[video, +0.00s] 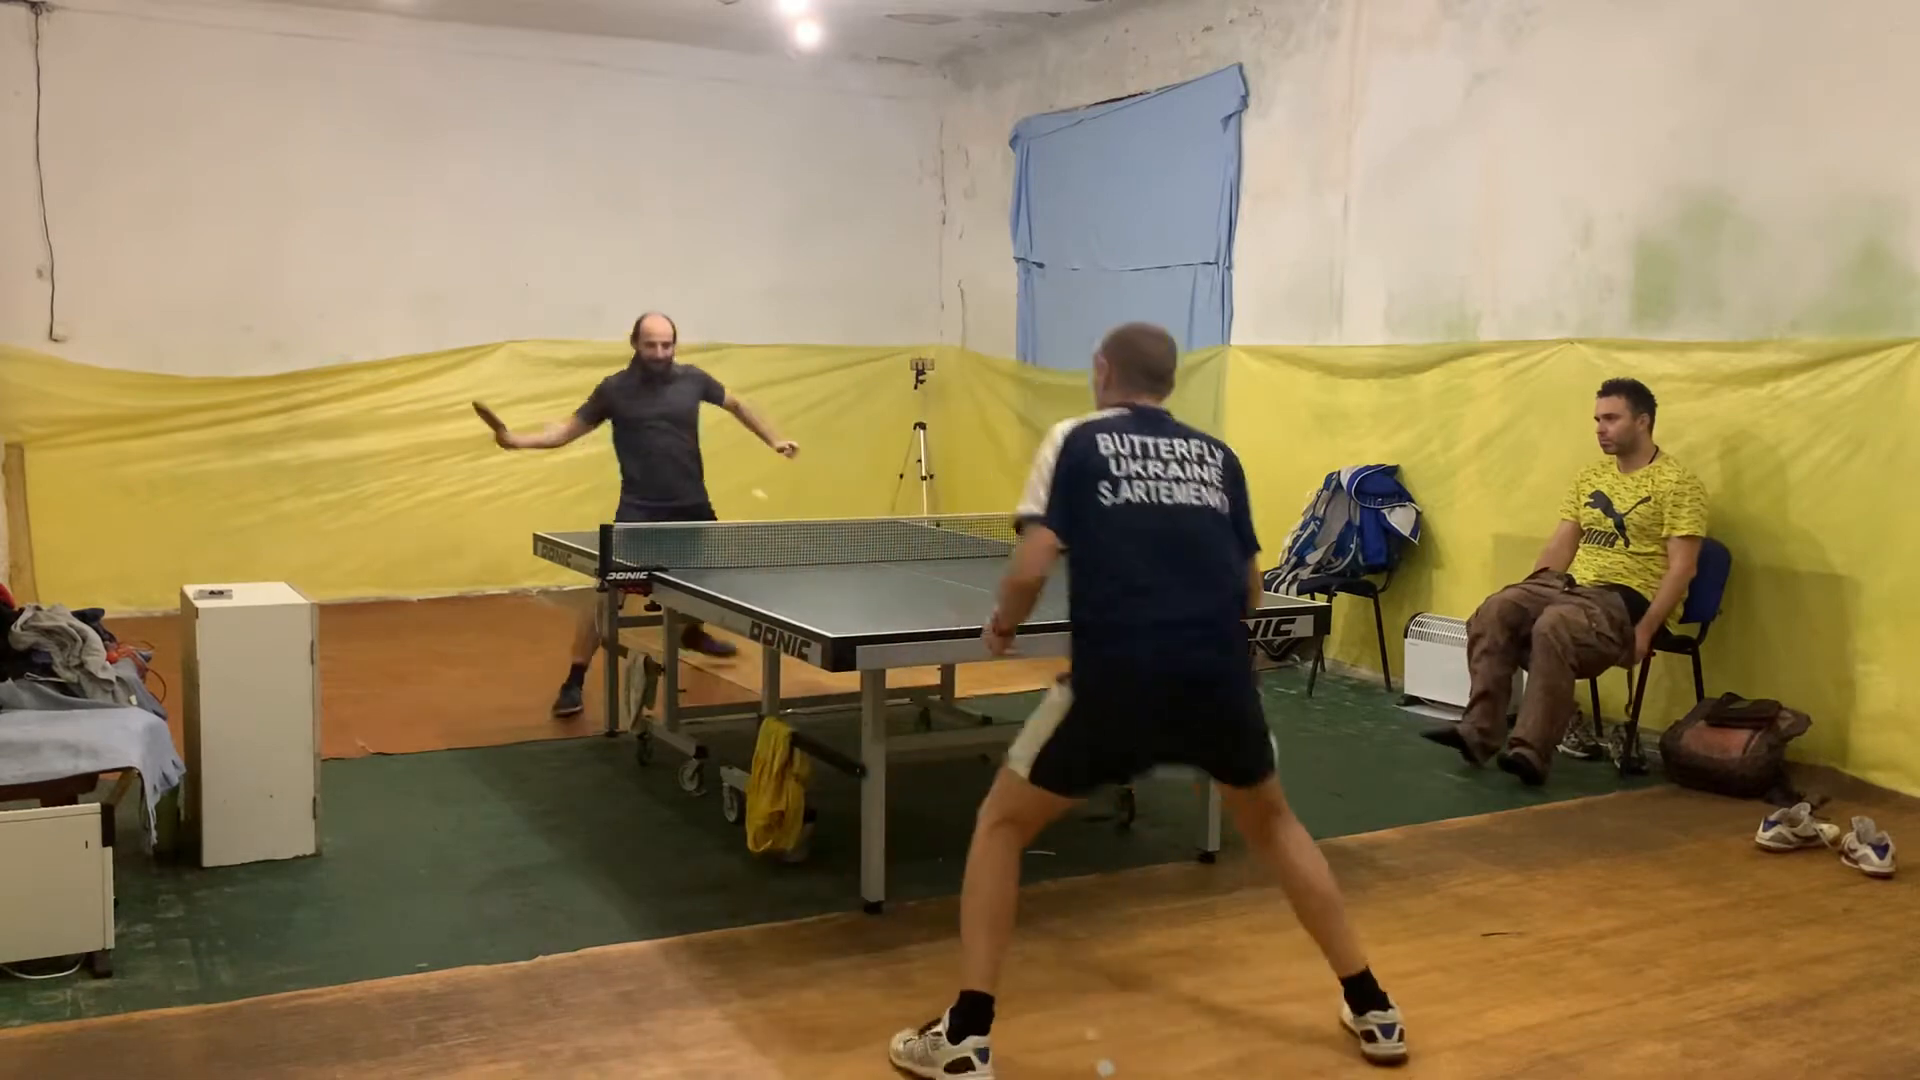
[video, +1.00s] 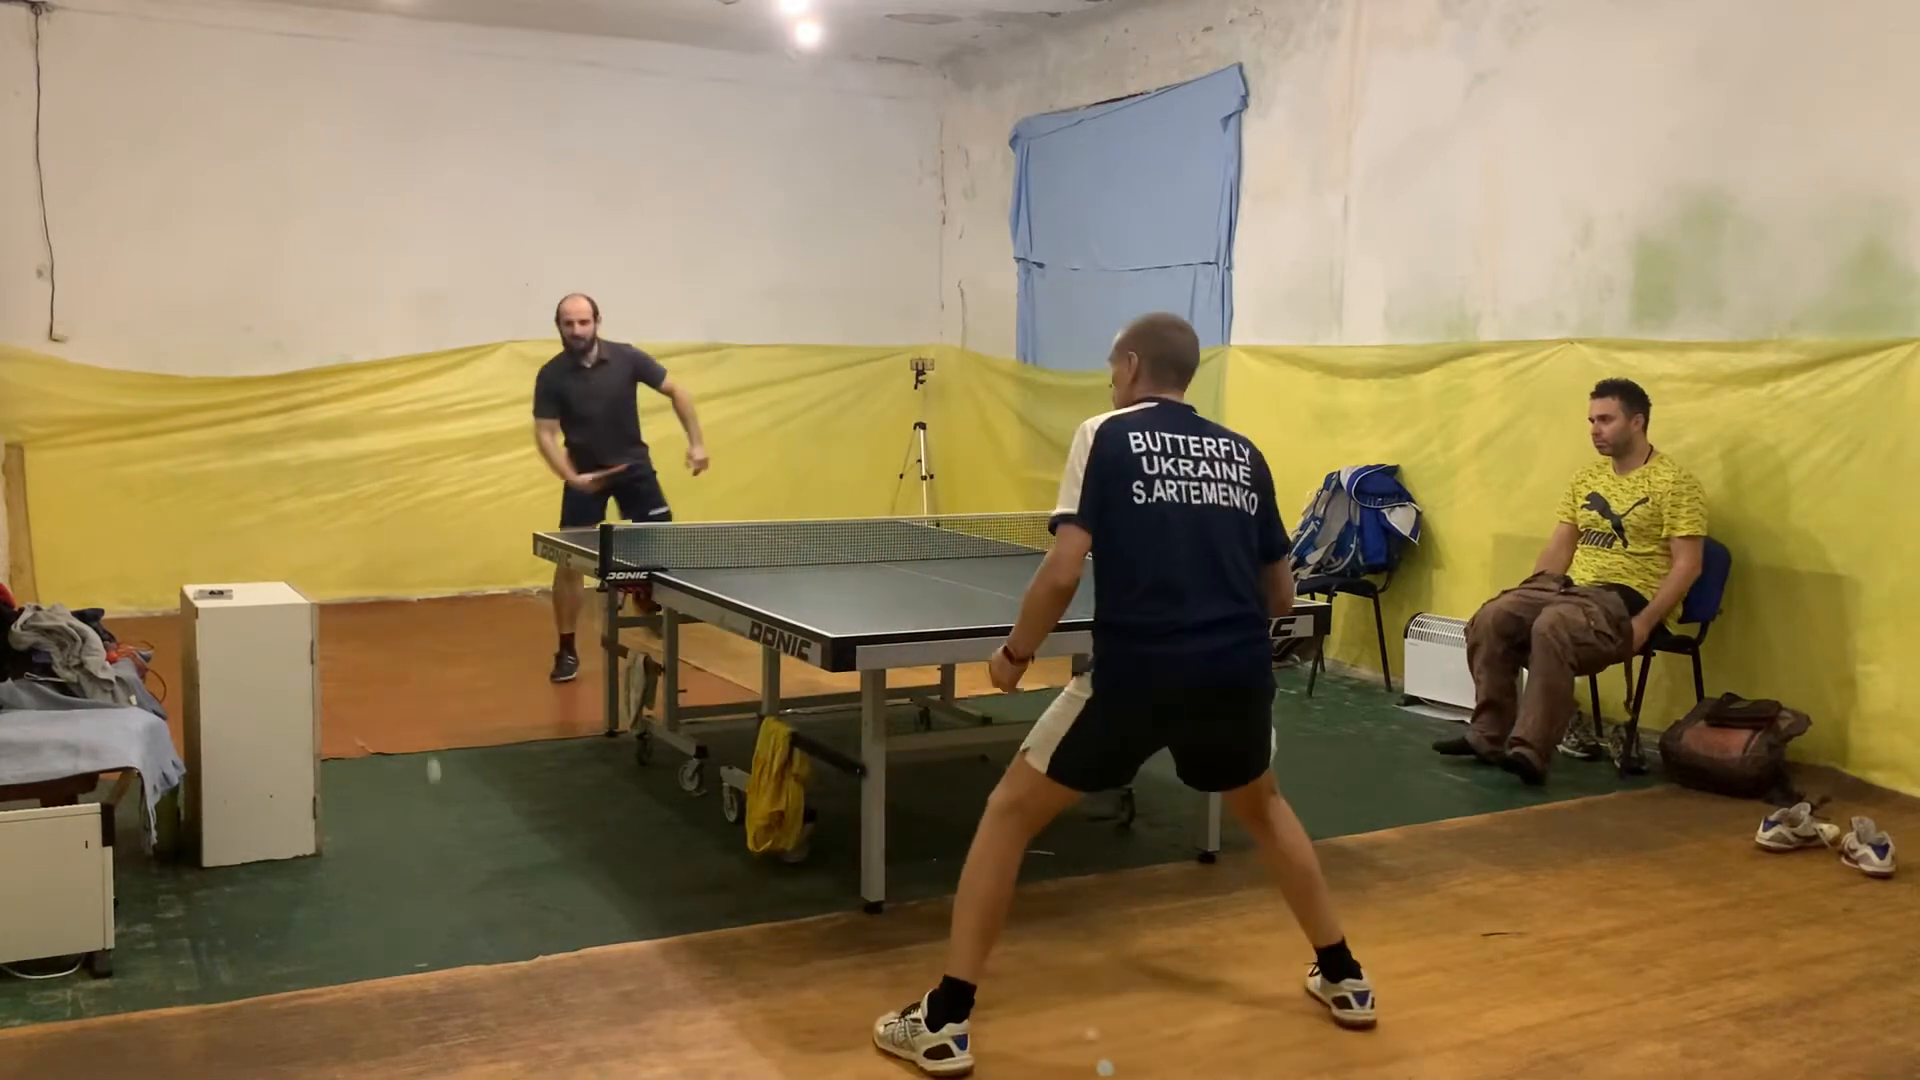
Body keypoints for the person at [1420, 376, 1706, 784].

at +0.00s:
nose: (1599, 429)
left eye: (1609, 419)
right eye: (1597, 420)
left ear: (1643, 421)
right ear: (1595, 422)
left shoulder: (1677, 483)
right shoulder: (1591, 477)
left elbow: (1683, 567)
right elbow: (1561, 544)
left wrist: (1645, 628)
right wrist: (1534, 589)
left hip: (1629, 597)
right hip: (1570, 588)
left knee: (1554, 627)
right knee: (1494, 613)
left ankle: (1531, 750)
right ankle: (1479, 732)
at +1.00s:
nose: (1595, 430)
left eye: (1605, 420)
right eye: (1592, 421)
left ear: (1638, 421)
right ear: (1590, 423)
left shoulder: (1675, 482)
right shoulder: (1588, 477)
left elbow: (1688, 565)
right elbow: (1560, 547)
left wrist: (1644, 623)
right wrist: (1531, 596)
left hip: (1631, 597)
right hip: (1572, 590)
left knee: (1553, 627)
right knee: (1492, 619)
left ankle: (1531, 751)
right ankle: (1487, 736)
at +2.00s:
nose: (1581, 414)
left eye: (1593, 405)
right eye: (1581, 405)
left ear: (1627, 412)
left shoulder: (1656, 471)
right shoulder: (1573, 466)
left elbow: (1649, 548)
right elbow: (1544, 533)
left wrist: (1583, 511)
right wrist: (1502, 514)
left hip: (1640, 600)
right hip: (1574, 592)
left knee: (1579, 649)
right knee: (1475, 630)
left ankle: (1577, 745)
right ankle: (1535, 722)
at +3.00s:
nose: (1577, 417)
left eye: (1588, 408)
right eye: (1576, 408)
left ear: (1623, 412)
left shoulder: (1654, 473)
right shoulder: (1571, 469)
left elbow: (1655, 550)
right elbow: (1549, 541)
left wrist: (1592, 517)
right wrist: (1536, 541)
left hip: (1638, 600)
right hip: (1573, 592)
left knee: (1579, 650)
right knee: (1475, 629)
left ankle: (1576, 746)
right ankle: (1535, 722)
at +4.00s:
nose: (1576, 419)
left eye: (1587, 410)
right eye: (1576, 410)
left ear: (1621, 415)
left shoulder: (1656, 475)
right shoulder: (1570, 471)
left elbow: (1665, 558)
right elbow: (1542, 544)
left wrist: (1589, 534)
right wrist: (1545, 536)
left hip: (1638, 599)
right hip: (1573, 591)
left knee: (1579, 649)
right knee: (1475, 629)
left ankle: (1577, 745)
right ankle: (1535, 721)